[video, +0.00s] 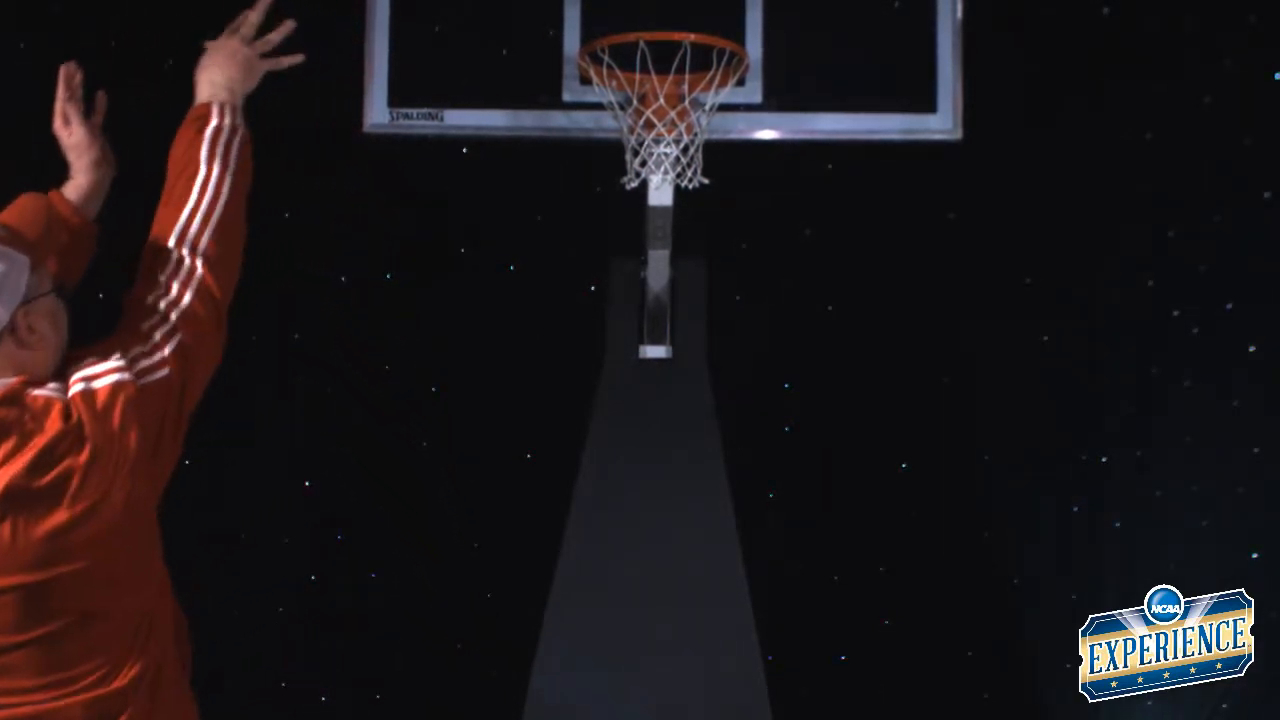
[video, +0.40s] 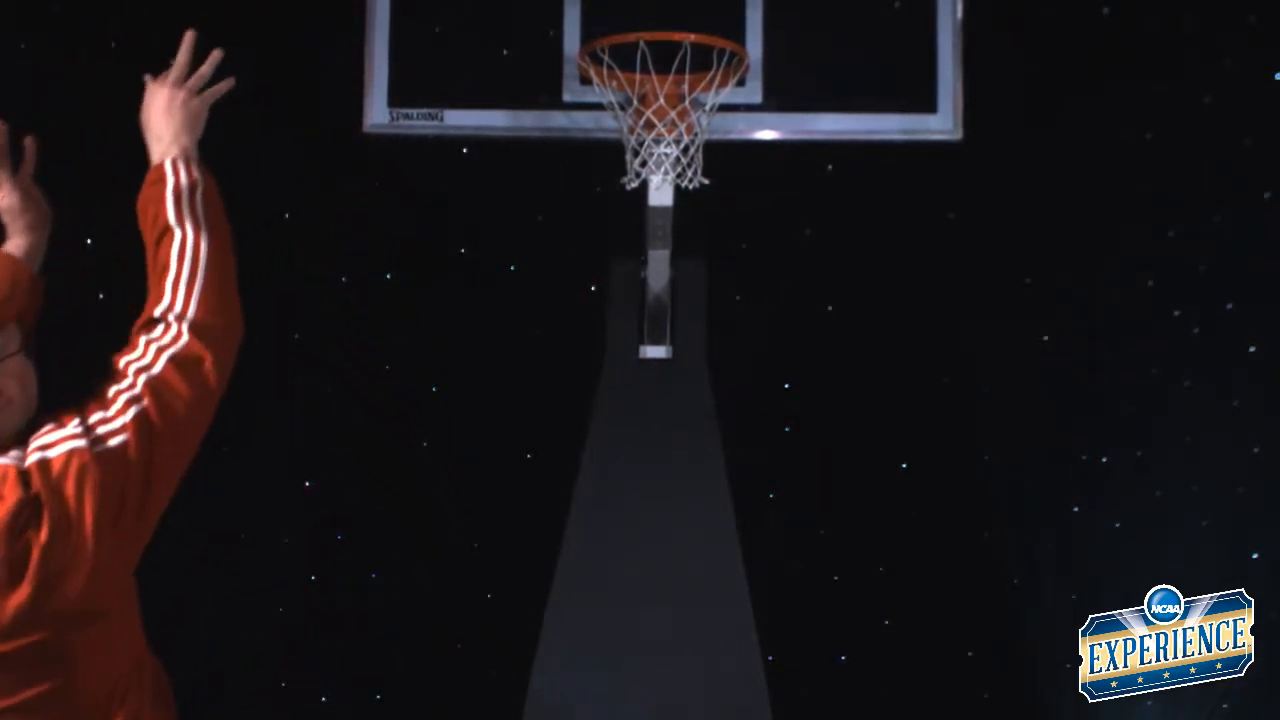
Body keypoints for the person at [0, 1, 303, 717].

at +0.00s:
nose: (56, 295)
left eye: (43, 285)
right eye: (44, 288)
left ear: (9, 332)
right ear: (20, 330)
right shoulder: (89, 430)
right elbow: (185, 274)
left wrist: (79, 191)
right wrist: (219, 102)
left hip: (17, 702)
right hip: (125, 702)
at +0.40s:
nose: (22, 353)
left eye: (14, 346)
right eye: (13, 350)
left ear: (12, 378)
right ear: (1, 383)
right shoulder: (40, 500)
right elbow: (186, 335)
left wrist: (18, 248)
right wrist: (176, 155)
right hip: (90, 701)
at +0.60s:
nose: (14, 396)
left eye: (7, 366)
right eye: (7, 367)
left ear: (11, 371)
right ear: (3, 376)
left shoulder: (38, 537)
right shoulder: (33, 539)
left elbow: (190, 371)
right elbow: (190, 368)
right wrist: (159, 194)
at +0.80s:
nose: (9, 414)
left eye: (4, 385)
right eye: (5, 385)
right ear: (4, 409)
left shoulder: (33, 555)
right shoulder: (27, 557)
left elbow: (202, 409)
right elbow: (202, 407)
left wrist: (148, 244)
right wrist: (149, 243)